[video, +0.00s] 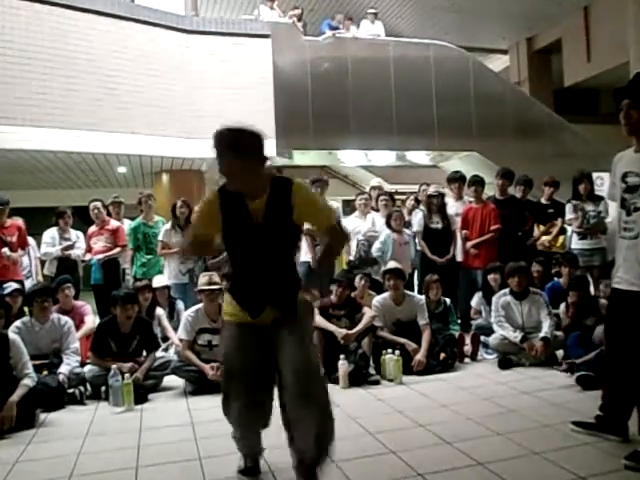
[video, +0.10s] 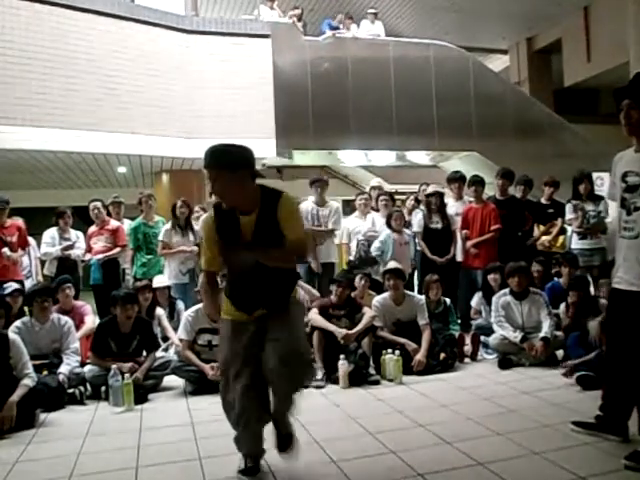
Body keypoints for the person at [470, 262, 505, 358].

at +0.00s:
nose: (493, 277)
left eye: (496, 273)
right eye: (490, 274)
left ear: (501, 276)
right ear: (486, 277)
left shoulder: (506, 293)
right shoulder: (480, 295)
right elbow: (473, 315)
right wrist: (487, 320)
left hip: (503, 325)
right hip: (486, 325)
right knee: (478, 328)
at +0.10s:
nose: (493, 277)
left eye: (496, 273)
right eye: (490, 274)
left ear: (501, 276)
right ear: (486, 277)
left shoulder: (506, 293)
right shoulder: (480, 295)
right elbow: (473, 315)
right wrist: (487, 320)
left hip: (503, 325)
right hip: (486, 325)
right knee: (478, 328)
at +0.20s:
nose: (493, 277)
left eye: (496, 274)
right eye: (490, 274)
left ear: (501, 276)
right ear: (486, 277)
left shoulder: (506, 294)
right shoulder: (480, 295)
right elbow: (474, 314)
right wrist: (487, 320)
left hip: (503, 325)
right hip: (486, 325)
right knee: (478, 328)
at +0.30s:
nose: (493, 277)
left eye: (496, 274)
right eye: (490, 274)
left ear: (501, 276)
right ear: (486, 278)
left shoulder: (506, 294)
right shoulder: (480, 295)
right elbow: (474, 314)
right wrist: (487, 320)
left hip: (503, 325)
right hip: (486, 325)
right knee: (478, 328)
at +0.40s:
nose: (493, 277)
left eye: (496, 274)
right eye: (490, 274)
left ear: (501, 276)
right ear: (486, 278)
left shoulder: (506, 294)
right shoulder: (480, 295)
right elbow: (474, 314)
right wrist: (487, 320)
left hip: (503, 325)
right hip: (486, 325)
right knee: (478, 328)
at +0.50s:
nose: (493, 277)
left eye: (496, 274)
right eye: (490, 274)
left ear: (501, 276)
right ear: (486, 278)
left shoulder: (506, 294)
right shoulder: (480, 295)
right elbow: (474, 314)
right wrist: (487, 320)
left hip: (503, 325)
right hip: (486, 325)